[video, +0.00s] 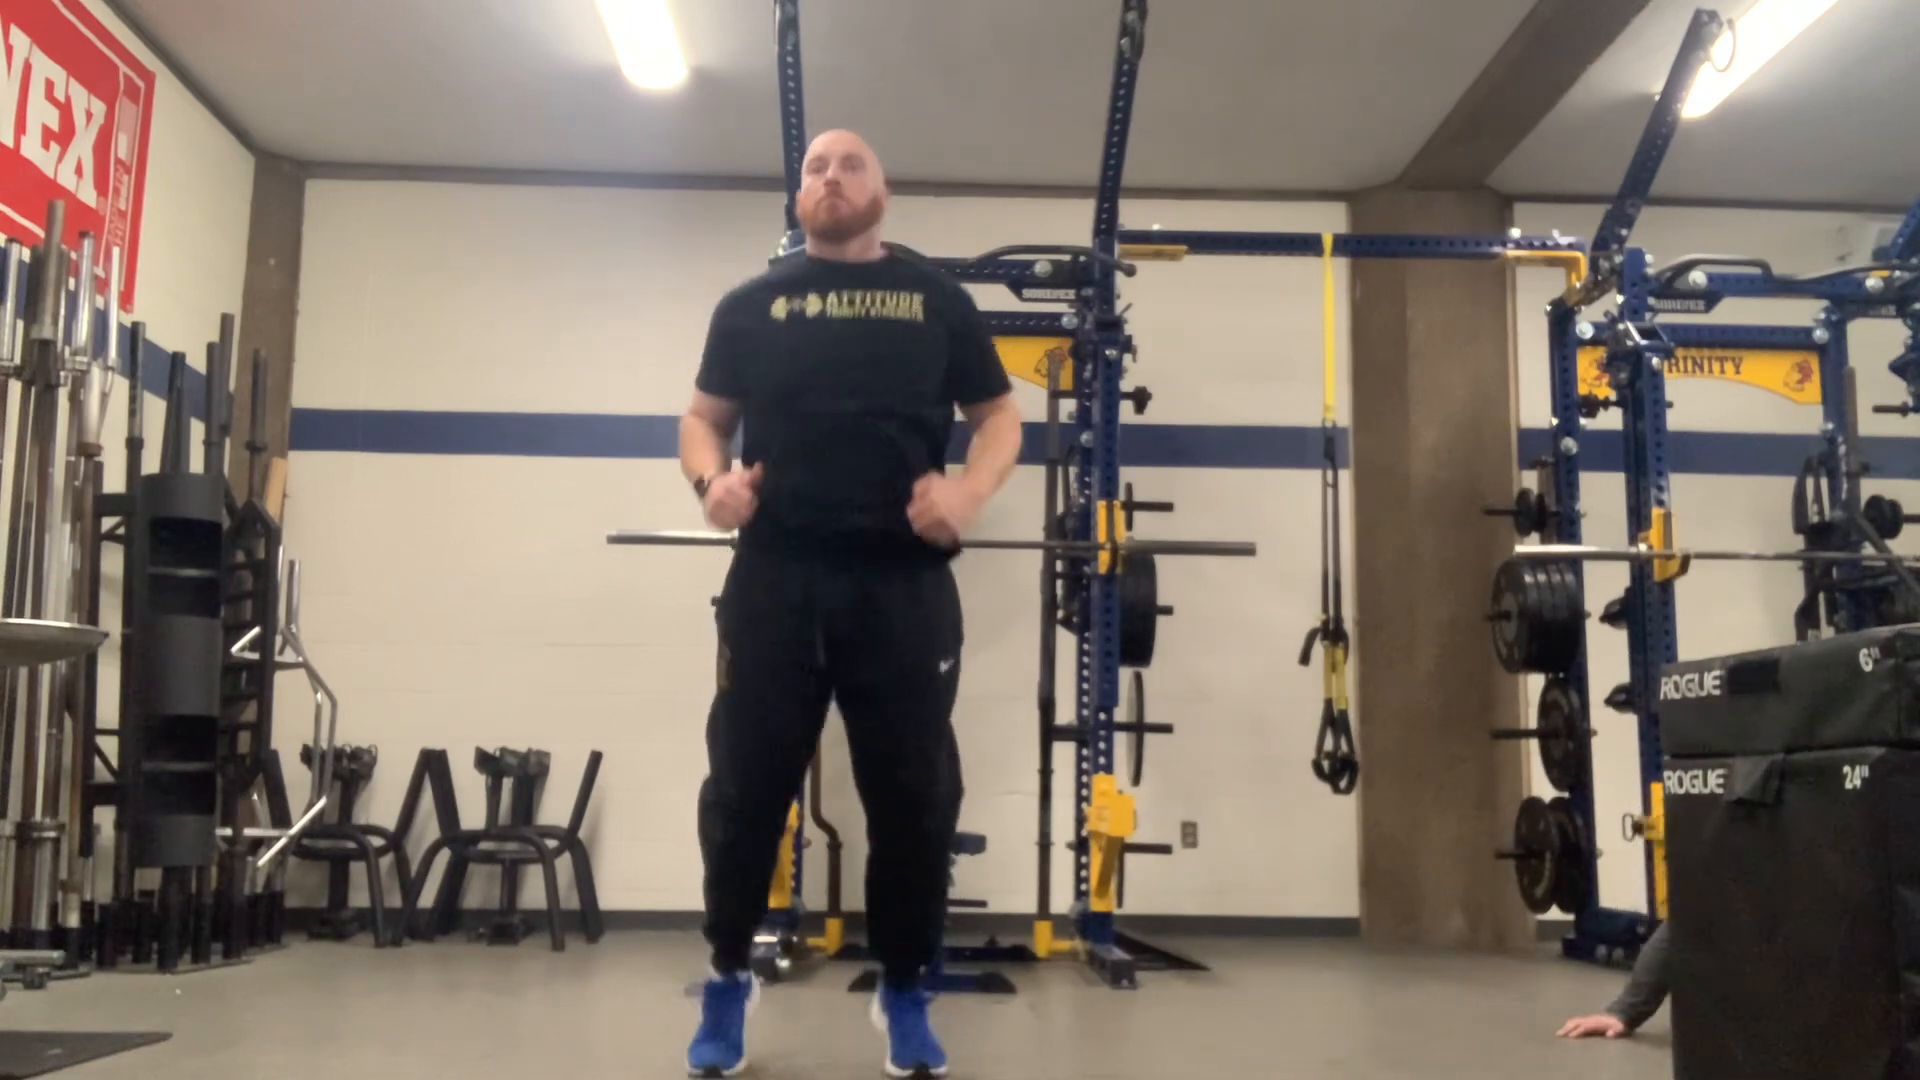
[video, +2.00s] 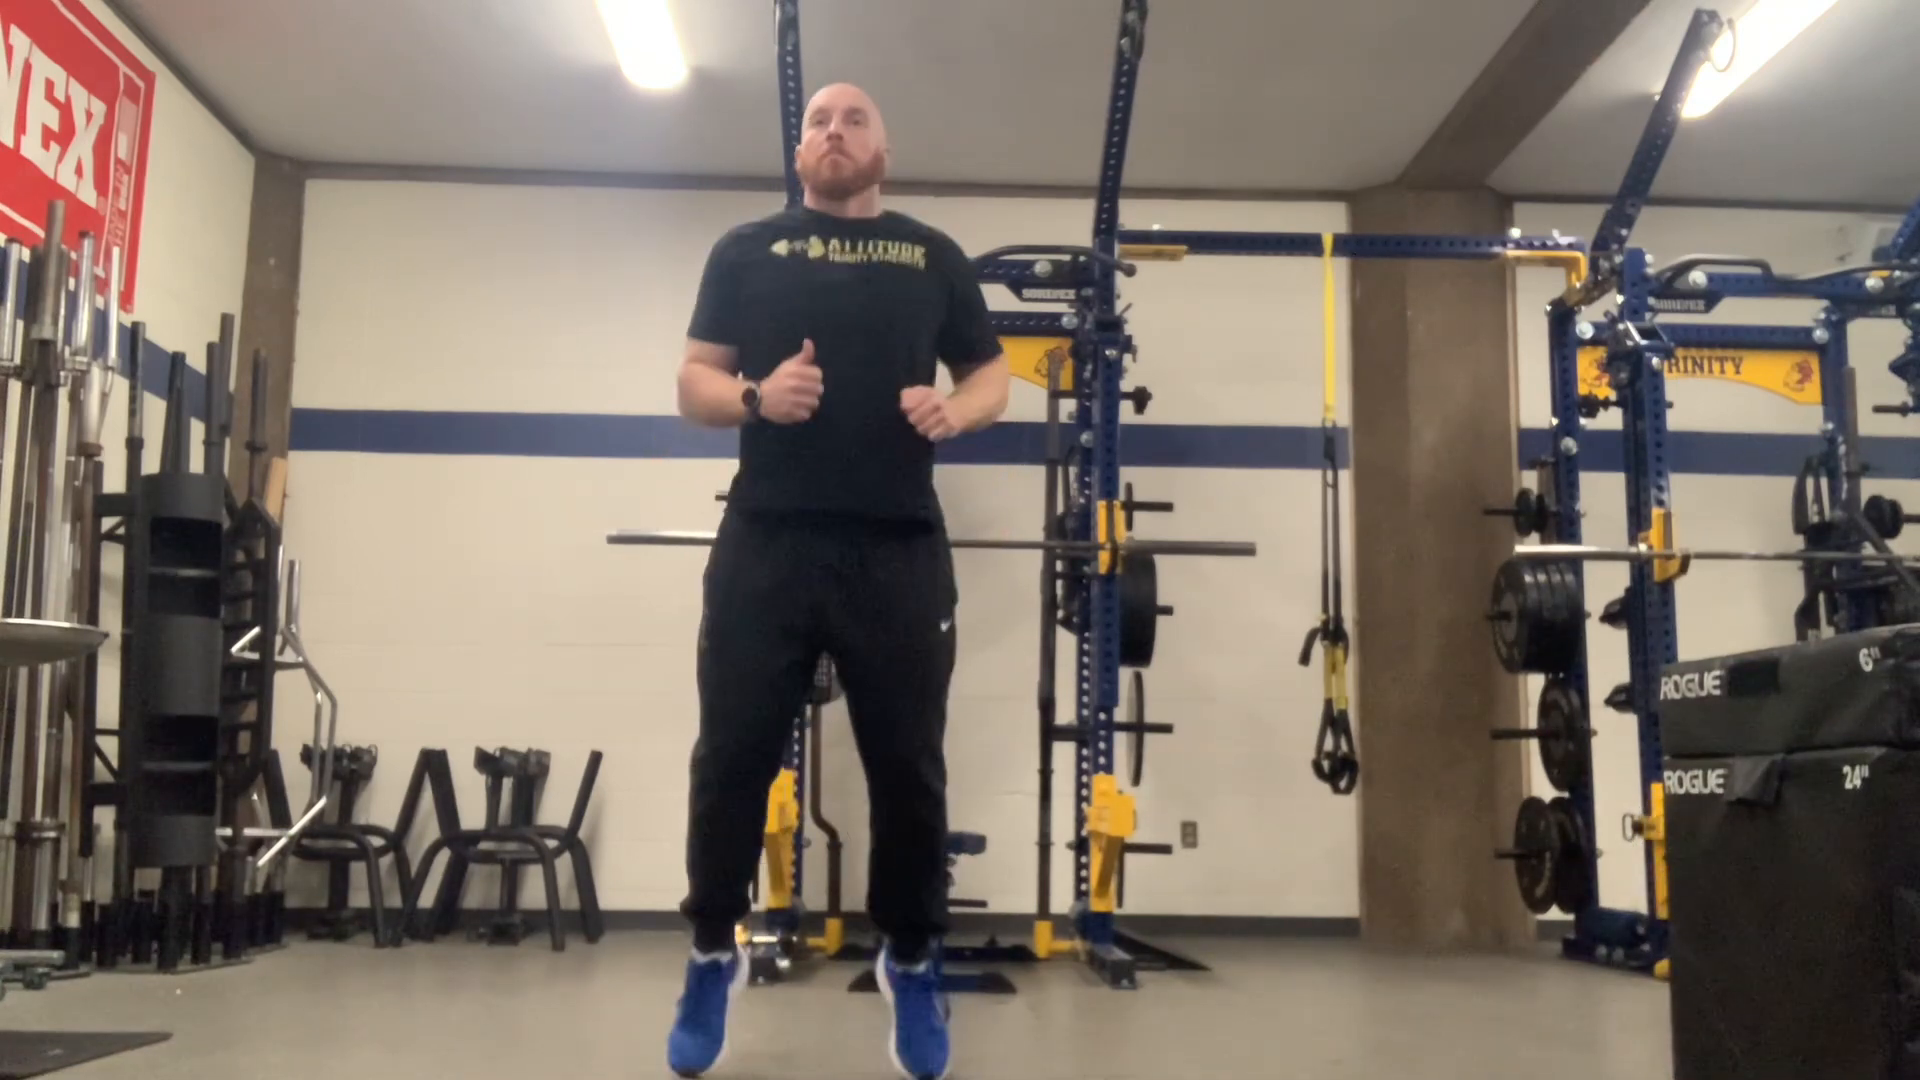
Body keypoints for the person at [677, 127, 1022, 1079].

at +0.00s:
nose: (832, 176)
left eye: (850, 164)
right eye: (816, 168)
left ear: (885, 194)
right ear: (796, 201)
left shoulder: (938, 297)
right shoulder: (749, 306)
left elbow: (1000, 420)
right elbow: (703, 424)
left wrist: (970, 488)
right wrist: (713, 479)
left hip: (902, 580)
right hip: (777, 577)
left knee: (916, 797)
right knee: (744, 786)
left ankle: (906, 995)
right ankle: (725, 980)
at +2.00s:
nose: (834, 129)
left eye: (854, 119)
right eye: (818, 120)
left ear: (887, 151)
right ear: (796, 153)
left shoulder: (935, 257)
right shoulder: (745, 253)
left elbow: (992, 379)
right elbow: (696, 389)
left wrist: (955, 410)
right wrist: (755, 396)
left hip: (896, 548)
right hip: (766, 544)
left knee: (909, 768)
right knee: (731, 757)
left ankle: (912, 965)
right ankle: (711, 957)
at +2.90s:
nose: (841, 125)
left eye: (861, 115)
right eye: (826, 117)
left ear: (895, 147)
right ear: (804, 150)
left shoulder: (940, 250)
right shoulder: (755, 252)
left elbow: (999, 374)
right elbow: (701, 371)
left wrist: (958, 400)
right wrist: (731, 394)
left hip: (904, 540)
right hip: (775, 535)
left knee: (922, 753)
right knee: (732, 742)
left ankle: (923, 959)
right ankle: (707, 952)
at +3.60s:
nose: (836, 215)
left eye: (855, 205)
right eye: (821, 206)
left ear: (887, 238)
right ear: (797, 239)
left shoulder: (937, 348)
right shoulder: (752, 347)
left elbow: (986, 469)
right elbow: (702, 473)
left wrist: (957, 514)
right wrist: (736, 515)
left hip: (902, 637)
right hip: (777, 633)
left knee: (895, 841)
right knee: (754, 836)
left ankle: (890, 1015)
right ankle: (725, 1009)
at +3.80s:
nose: (838, 118)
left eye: (856, 109)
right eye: (820, 112)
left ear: (887, 142)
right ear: (798, 148)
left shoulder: (938, 241)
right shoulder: (753, 244)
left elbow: (1002, 368)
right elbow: (697, 371)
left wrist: (950, 376)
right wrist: (736, 376)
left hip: (904, 526)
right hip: (776, 523)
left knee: (916, 746)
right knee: (737, 736)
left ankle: (913, 949)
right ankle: (708, 940)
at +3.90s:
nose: (830, 135)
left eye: (849, 126)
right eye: (814, 128)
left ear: (883, 158)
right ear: (793, 163)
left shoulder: (941, 261)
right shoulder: (747, 266)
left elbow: (1001, 387)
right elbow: (692, 394)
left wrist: (960, 411)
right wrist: (724, 410)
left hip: (907, 549)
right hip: (774, 545)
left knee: (925, 769)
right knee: (726, 759)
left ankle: (934, 989)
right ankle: (675, 979)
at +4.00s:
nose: (830, 197)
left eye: (848, 187)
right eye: (814, 189)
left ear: (882, 220)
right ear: (791, 225)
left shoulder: (943, 329)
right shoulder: (748, 333)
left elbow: (1006, 452)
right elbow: (694, 457)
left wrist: (966, 475)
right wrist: (717, 489)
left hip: (906, 609)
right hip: (772, 606)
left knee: (926, 817)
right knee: (723, 815)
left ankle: (939, 1024)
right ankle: (663, 1019)